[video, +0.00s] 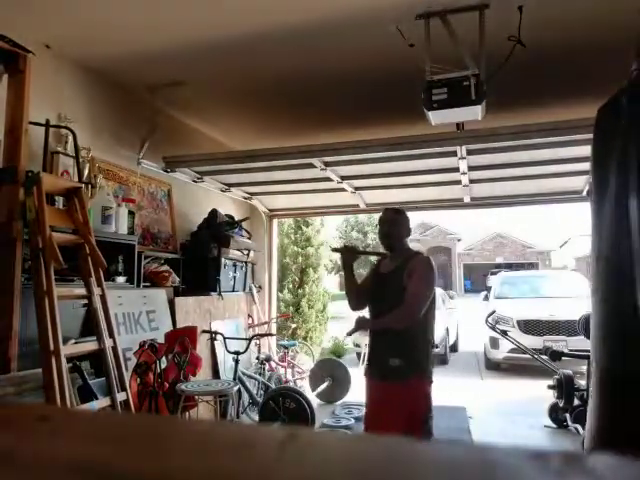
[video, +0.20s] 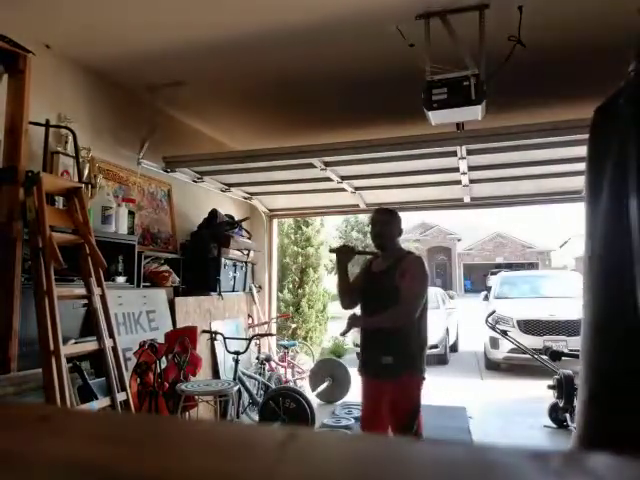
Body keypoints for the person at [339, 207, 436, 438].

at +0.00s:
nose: (385, 230)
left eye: (392, 224)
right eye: (381, 225)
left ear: (407, 229)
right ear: (378, 229)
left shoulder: (420, 264)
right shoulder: (382, 265)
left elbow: (411, 314)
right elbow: (356, 301)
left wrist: (370, 324)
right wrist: (347, 266)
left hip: (410, 370)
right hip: (379, 368)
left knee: (409, 443)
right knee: (377, 441)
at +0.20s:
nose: (376, 231)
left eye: (383, 225)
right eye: (373, 225)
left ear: (398, 229)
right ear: (370, 229)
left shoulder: (412, 264)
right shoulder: (371, 266)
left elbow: (408, 314)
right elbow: (348, 301)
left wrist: (362, 321)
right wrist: (342, 265)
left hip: (404, 365)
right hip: (373, 364)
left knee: (406, 437)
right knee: (373, 434)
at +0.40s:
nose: (375, 233)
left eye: (382, 227)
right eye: (371, 227)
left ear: (396, 232)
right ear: (367, 231)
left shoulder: (412, 267)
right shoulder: (369, 268)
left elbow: (407, 318)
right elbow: (347, 306)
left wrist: (359, 324)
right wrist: (344, 268)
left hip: (401, 369)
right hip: (369, 369)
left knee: (404, 440)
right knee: (368, 441)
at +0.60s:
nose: (375, 232)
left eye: (383, 227)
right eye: (372, 227)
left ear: (397, 231)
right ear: (367, 231)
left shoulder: (412, 265)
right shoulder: (366, 266)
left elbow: (408, 317)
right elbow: (345, 305)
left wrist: (359, 322)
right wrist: (343, 268)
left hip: (402, 371)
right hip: (369, 370)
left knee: (403, 443)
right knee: (367, 442)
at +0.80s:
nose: (373, 233)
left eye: (381, 227)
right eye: (370, 227)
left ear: (396, 231)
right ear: (366, 230)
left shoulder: (412, 265)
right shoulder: (365, 266)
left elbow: (408, 316)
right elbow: (345, 305)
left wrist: (360, 322)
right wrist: (344, 268)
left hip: (403, 370)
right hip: (370, 370)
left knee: (407, 444)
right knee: (369, 443)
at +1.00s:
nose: (374, 233)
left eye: (381, 227)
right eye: (370, 227)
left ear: (396, 231)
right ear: (366, 231)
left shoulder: (412, 266)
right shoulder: (363, 266)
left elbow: (408, 317)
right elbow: (342, 305)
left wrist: (359, 322)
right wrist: (343, 269)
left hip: (401, 368)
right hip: (367, 367)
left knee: (405, 440)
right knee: (368, 440)